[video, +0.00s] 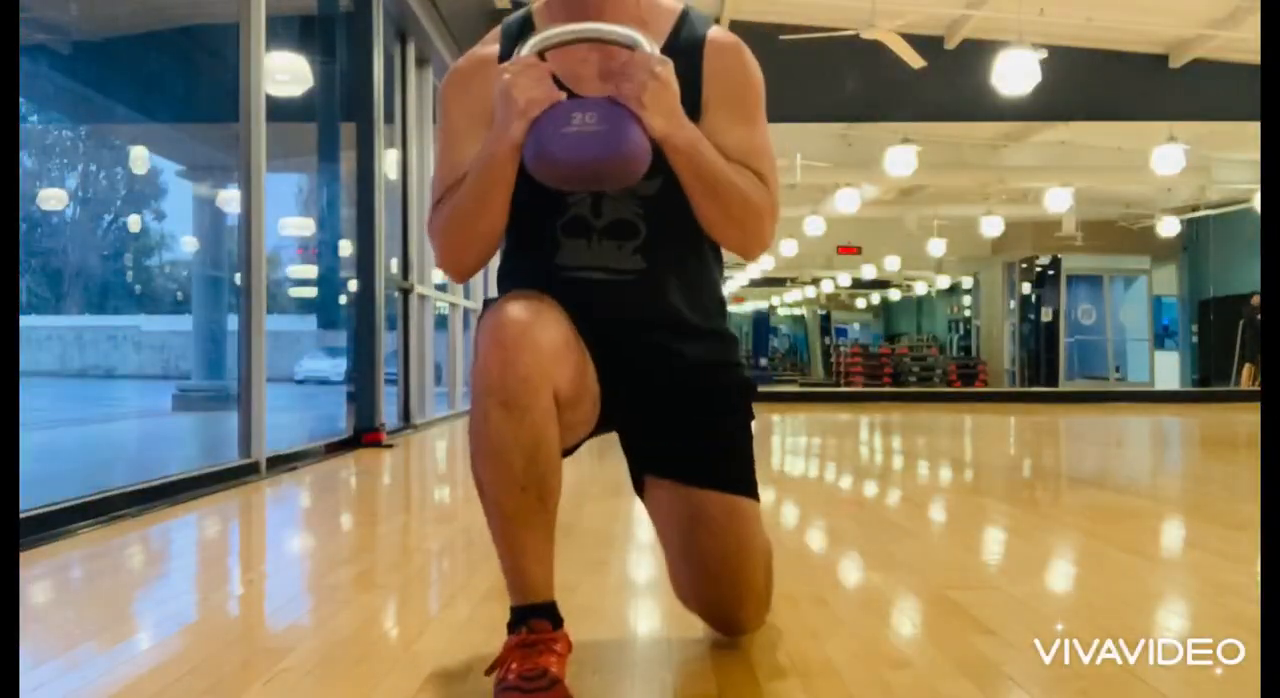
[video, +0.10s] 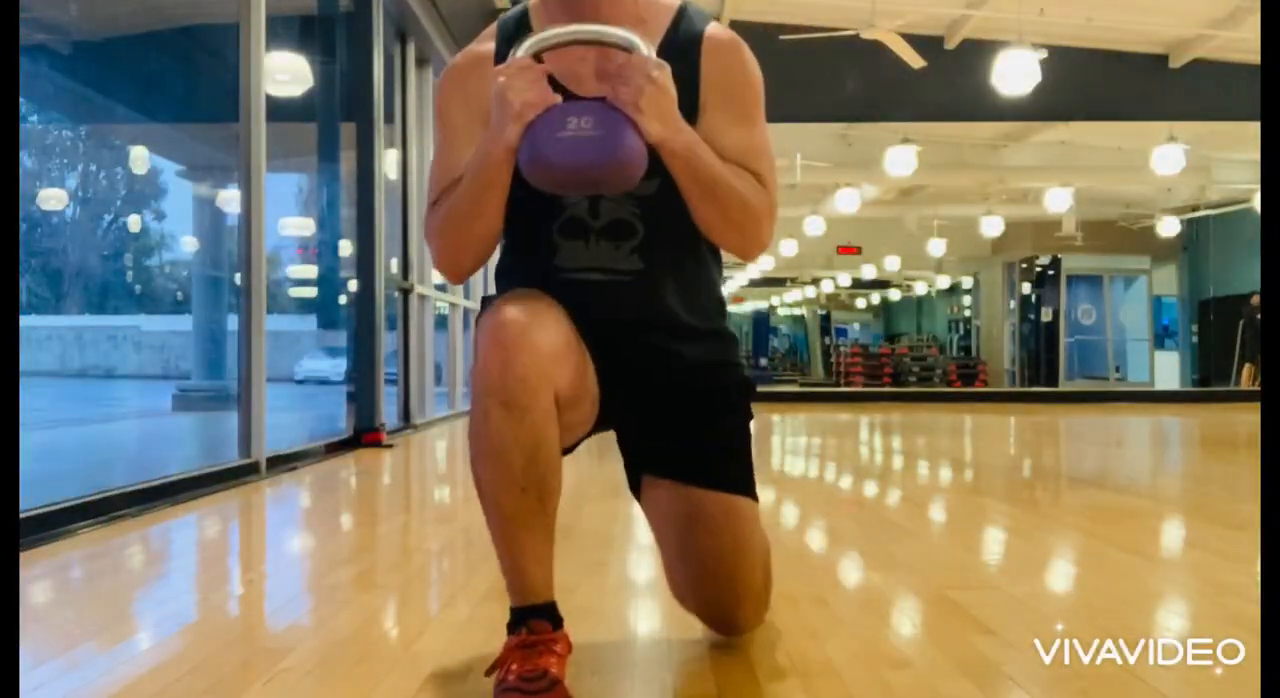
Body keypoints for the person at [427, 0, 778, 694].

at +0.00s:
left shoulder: (717, 56)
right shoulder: (484, 71)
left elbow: (751, 231)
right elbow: (456, 254)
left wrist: (675, 129)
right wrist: (506, 134)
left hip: (682, 346)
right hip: (559, 339)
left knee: (734, 609)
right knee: (512, 331)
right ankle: (534, 627)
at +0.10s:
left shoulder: (715, 53)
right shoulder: (480, 67)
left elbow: (750, 232)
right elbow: (453, 255)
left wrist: (672, 132)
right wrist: (503, 135)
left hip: (680, 341)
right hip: (556, 333)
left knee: (732, 608)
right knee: (512, 334)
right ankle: (534, 628)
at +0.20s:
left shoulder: (717, 33)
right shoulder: (480, 50)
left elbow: (751, 210)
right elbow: (453, 236)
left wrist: (671, 104)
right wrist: (501, 113)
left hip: (682, 323)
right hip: (557, 316)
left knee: (733, 590)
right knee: (517, 335)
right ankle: (534, 627)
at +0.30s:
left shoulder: (720, 9)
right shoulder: (487, 19)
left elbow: (758, 171)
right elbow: (462, 197)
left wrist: (676, 58)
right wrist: (513, 58)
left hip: (685, 284)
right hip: (560, 277)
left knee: (734, 563)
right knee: (531, 337)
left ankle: (737, 570)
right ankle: (535, 625)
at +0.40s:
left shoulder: (729, 0)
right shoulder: (500, 1)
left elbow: (766, 129)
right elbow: (476, 154)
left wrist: (685, 12)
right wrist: (529, 14)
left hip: (693, 246)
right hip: (566, 238)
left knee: (735, 521)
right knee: (548, 340)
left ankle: (731, 541)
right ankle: (537, 621)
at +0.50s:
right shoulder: (524, 3)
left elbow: (778, 91)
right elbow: (497, 115)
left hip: (707, 223)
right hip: (581, 214)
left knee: (741, 485)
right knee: (569, 336)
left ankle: (724, 523)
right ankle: (539, 622)